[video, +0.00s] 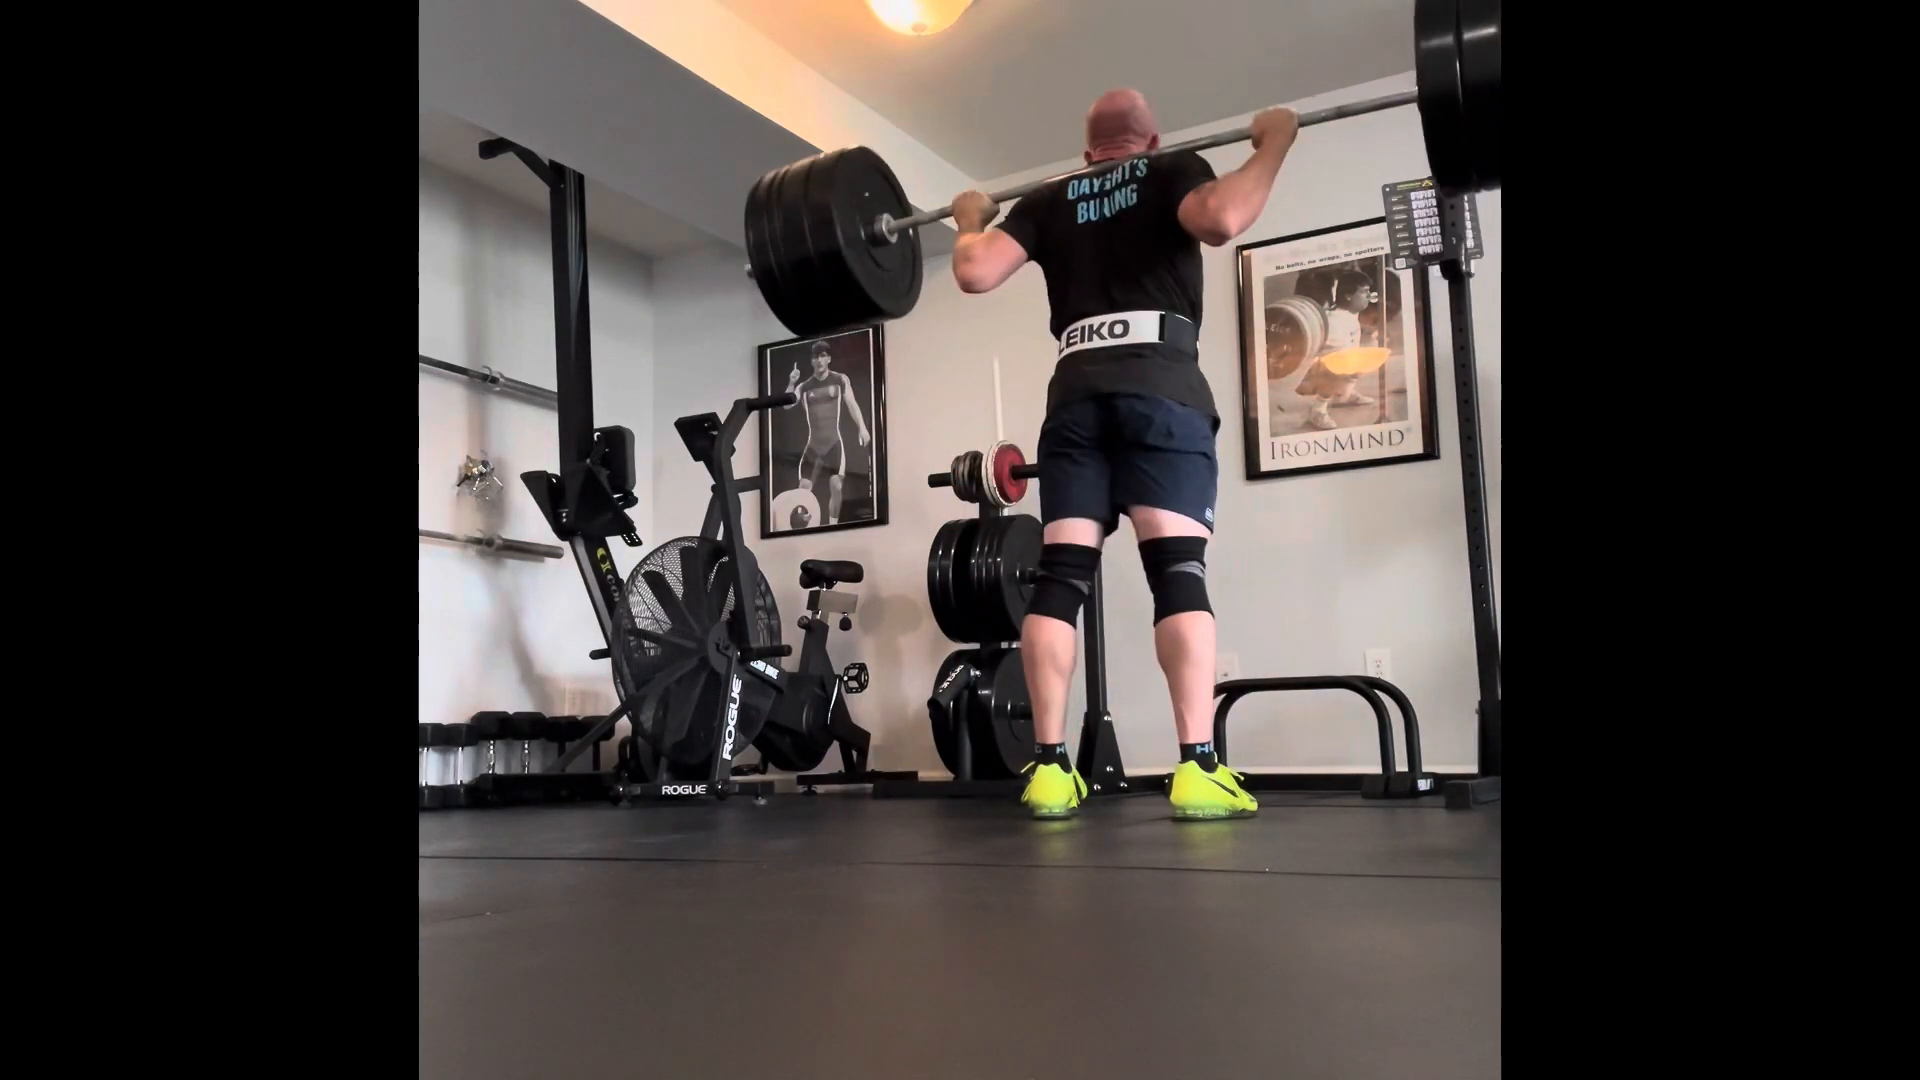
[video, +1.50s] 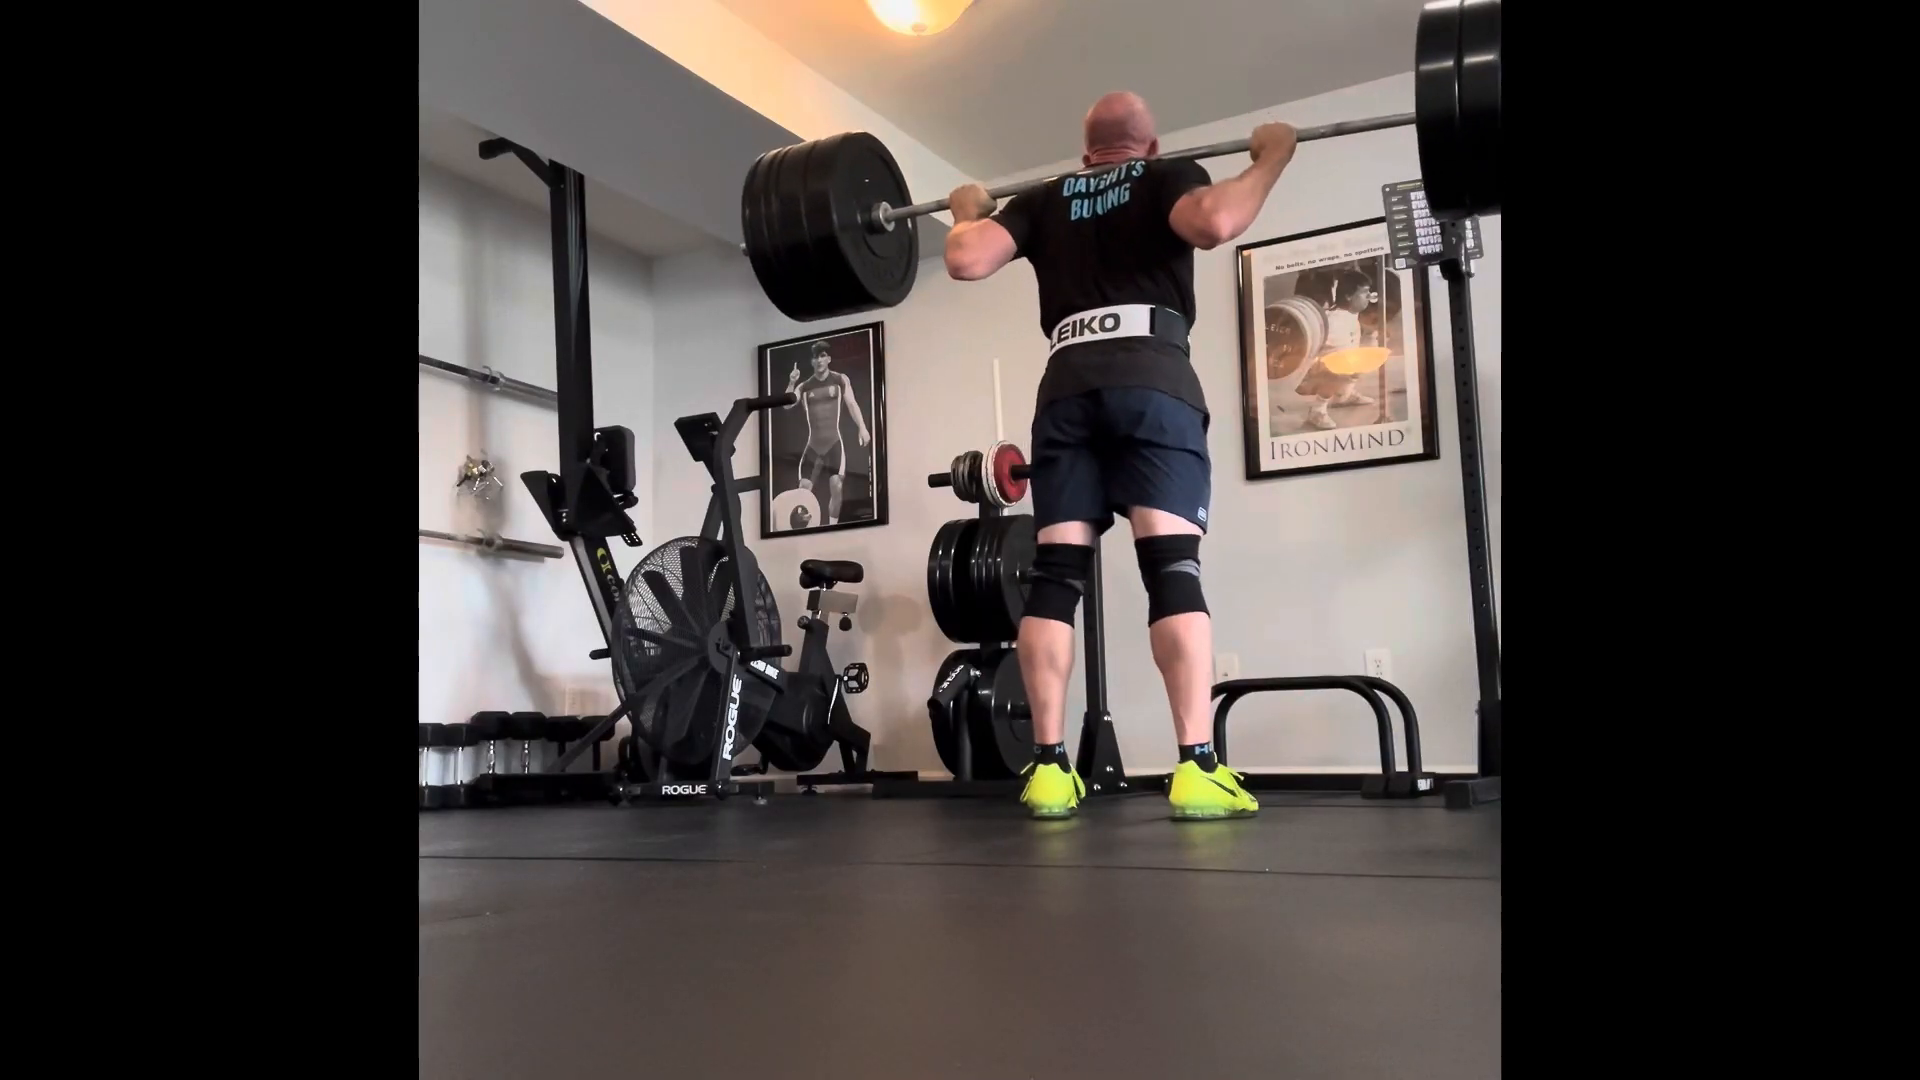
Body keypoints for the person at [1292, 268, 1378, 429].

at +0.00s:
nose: (1368, 296)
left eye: (1368, 292)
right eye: (1364, 292)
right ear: (1348, 296)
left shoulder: (1353, 317)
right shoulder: (1336, 318)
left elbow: (1353, 348)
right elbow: (1328, 353)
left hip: (1345, 362)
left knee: (1359, 364)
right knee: (1337, 372)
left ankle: (1346, 394)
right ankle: (1318, 410)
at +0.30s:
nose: (1369, 297)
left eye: (1368, 293)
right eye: (1364, 293)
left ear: (1350, 297)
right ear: (1348, 296)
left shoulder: (1353, 317)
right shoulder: (1336, 320)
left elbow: (1352, 352)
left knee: (1355, 361)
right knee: (1339, 367)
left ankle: (1345, 395)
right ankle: (1318, 409)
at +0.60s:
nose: (1369, 298)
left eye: (1368, 293)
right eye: (1364, 293)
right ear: (1348, 296)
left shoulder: (1353, 318)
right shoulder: (1335, 320)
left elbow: (1352, 352)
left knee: (1355, 361)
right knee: (1338, 367)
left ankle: (1345, 394)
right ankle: (1318, 409)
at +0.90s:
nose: (1369, 297)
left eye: (1368, 293)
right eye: (1365, 293)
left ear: (1350, 297)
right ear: (1348, 296)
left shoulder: (1353, 318)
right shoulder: (1336, 320)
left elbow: (1352, 352)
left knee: (1355, 361)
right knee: (1338, 368)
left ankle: (1345, 394)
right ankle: (1318, 409)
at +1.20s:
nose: (1369, 297)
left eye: (1368, 293)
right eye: (1364, 293)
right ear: (1348, 296)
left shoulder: (1353, 318)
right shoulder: (1335, 319)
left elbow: (1352, 351)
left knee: (1357, 362)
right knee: (1338, 368)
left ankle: (1345, 394)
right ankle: (1318, 410)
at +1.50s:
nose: (1369, 297)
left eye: (1368, 293)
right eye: (1364, 293)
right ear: (1348, 296)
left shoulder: (1353, 317)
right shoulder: (1335, 319)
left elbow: (1351, 351)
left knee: (1357, 362)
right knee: (1339, 368)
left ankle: (1345, 394)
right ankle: (1318, 410)